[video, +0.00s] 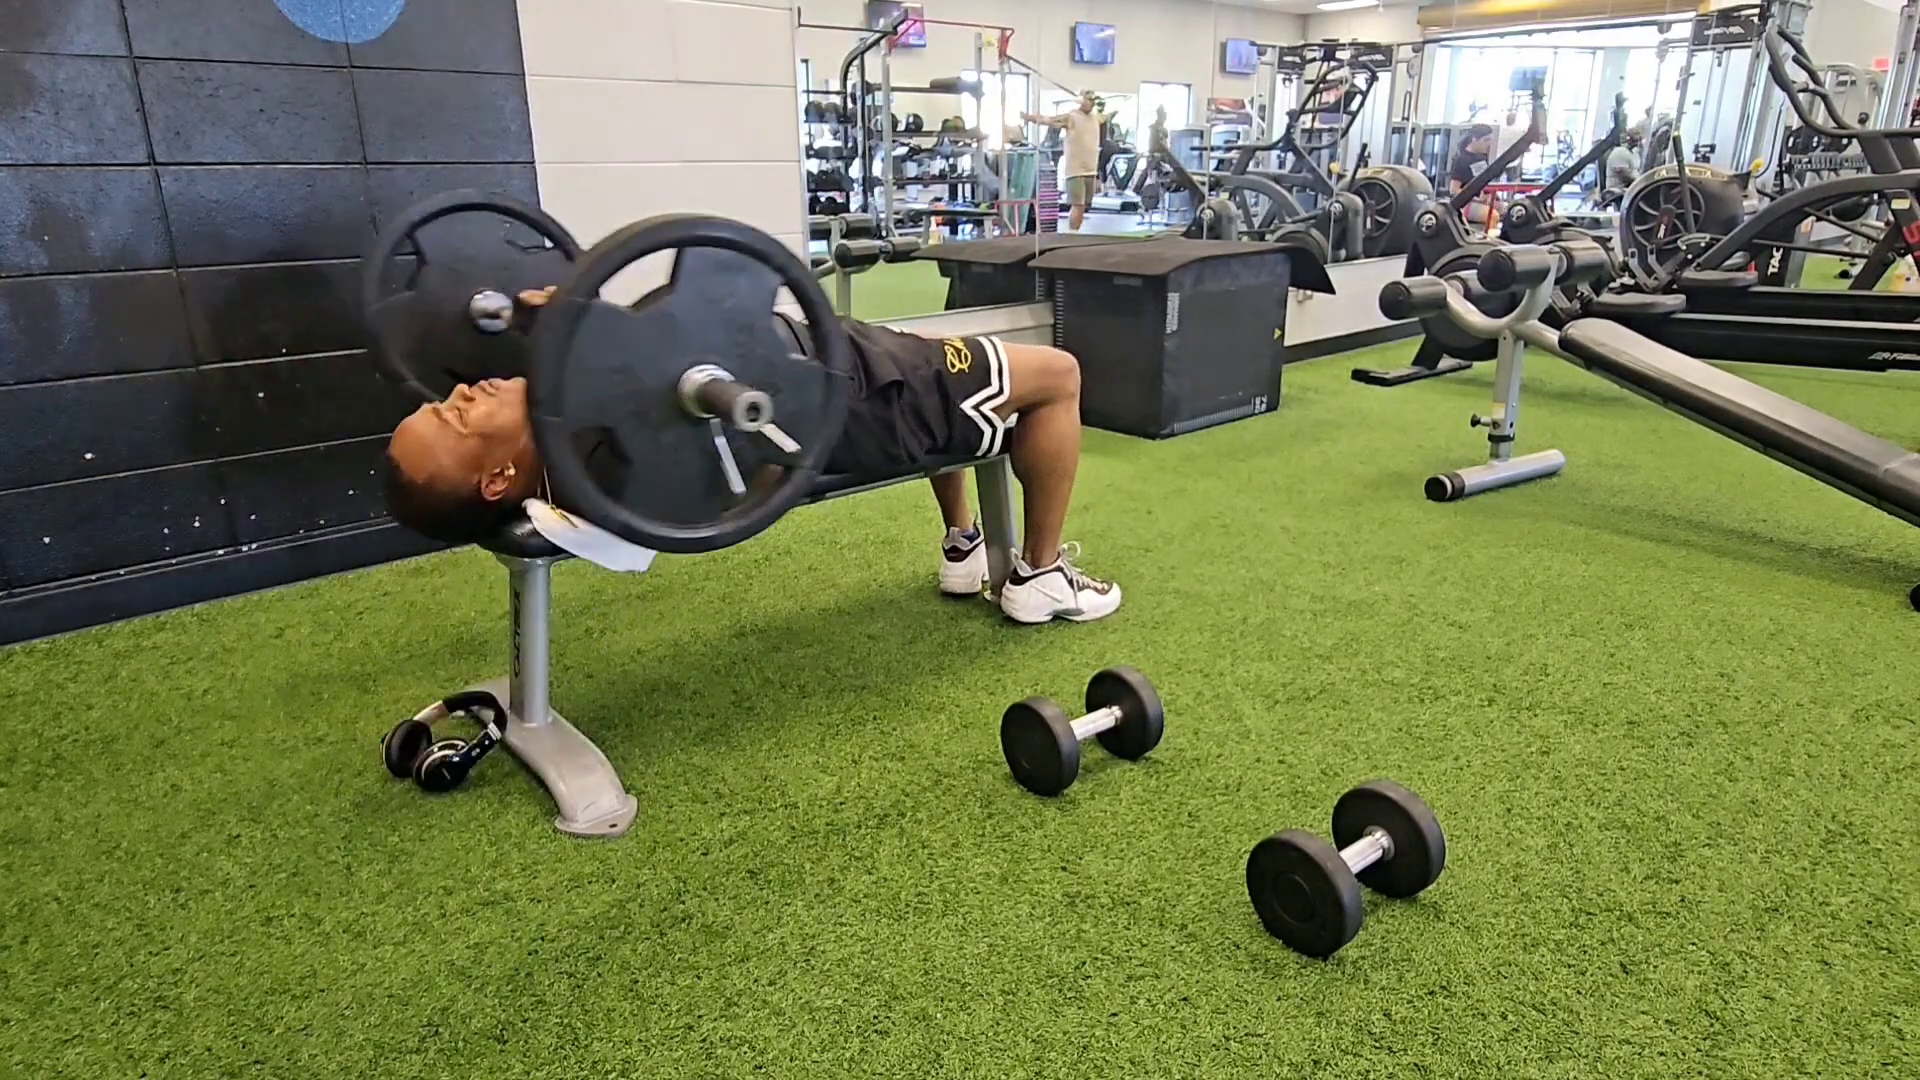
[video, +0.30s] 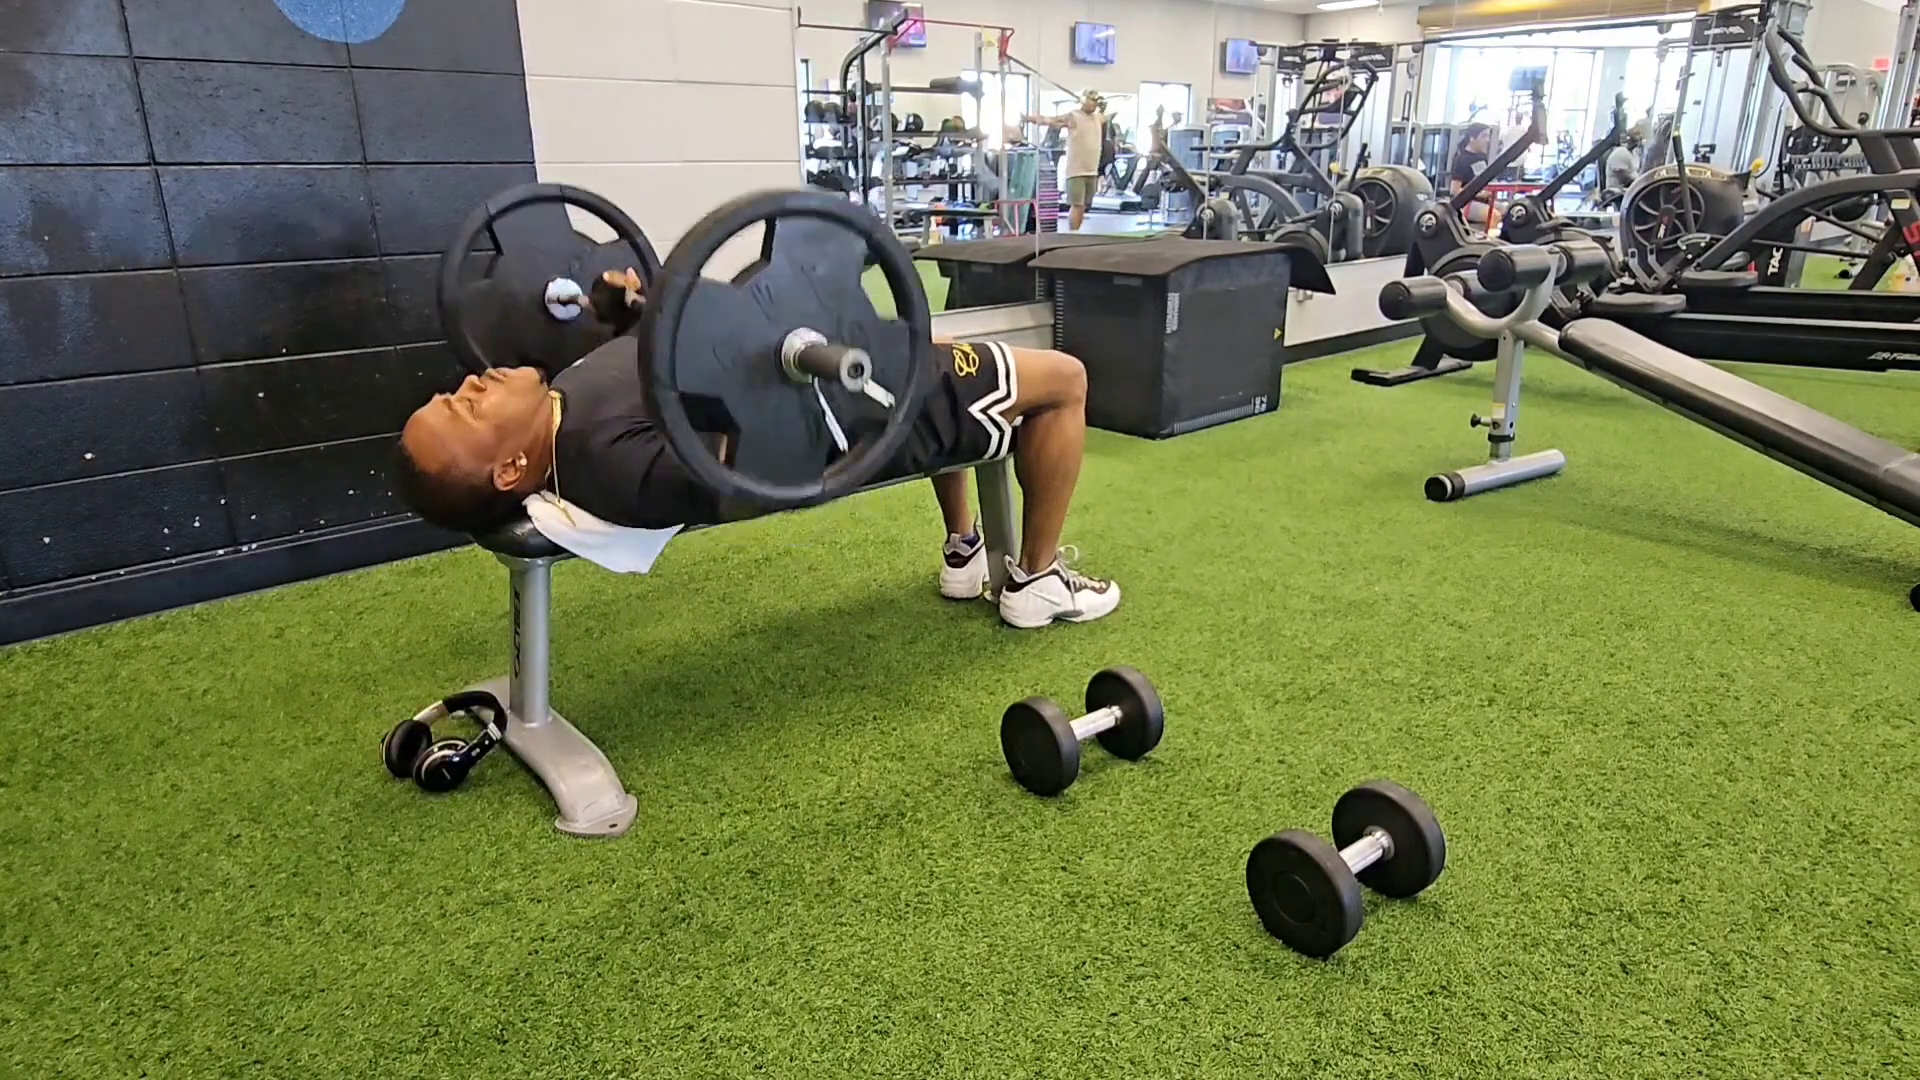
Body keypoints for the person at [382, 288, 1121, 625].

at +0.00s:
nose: (471, 385)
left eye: (451, 398)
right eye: (464, 412)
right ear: (502, 478)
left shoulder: (545, 398)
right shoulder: (589, 462)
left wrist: (553, 316)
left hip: (789, 361)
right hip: (835, 412)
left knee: (938, 341)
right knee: (1058, 375)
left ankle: (965, 543)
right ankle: (1043, 574)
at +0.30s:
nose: (475, 372)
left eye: (453, 390)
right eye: (466, 401)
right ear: (513, 468)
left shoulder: (547, 396)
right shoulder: (630, 467)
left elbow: (646, 357)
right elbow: (760, 457)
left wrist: (634, 310)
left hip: (792, 373)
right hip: (846, 422)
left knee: (941, 349)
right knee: (1066, 378)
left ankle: (965, 546)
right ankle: (1040, 578)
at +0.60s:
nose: (467, 380)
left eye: (442, 395)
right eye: (459, 406)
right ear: (509, 472)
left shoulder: (535, 388)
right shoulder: (608, 454)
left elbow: (557, 272)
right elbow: (686, 324)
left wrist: (567, 150)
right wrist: (681, 148)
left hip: (794, 346)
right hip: (842, 394)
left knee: (937, 364)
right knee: (1056, 379)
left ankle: (967, 549)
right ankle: (1039, 577)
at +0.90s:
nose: (472, 381)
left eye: (449, 393)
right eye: (461, 409)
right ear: (505, 482)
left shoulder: (555, 408)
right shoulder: (613, 469)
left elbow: (598, 348)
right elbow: (737, 436)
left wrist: (592, 252)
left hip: (797, 373)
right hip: (843, 412)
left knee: (931, 349)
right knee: (1059, 379)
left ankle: (967, 549)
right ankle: (1037, 578)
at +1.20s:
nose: (483, 376)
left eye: (460, 386)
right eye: (471, 403)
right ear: (512, 476)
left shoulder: (558, 396)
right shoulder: (612, 460)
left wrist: (599, 326)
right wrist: (807, 494)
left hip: (795, 379)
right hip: (851, 422)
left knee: (933, 342)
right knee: (1063, 378)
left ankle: (966, 545)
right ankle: (1039, 578)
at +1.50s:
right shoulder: (545, 415)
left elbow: (516, 271)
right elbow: (686, 332)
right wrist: (556, 324)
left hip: (788, 351)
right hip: (829, 395)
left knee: (942, 354)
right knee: (1055, 374)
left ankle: (968, 550)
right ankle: (1041, 573)